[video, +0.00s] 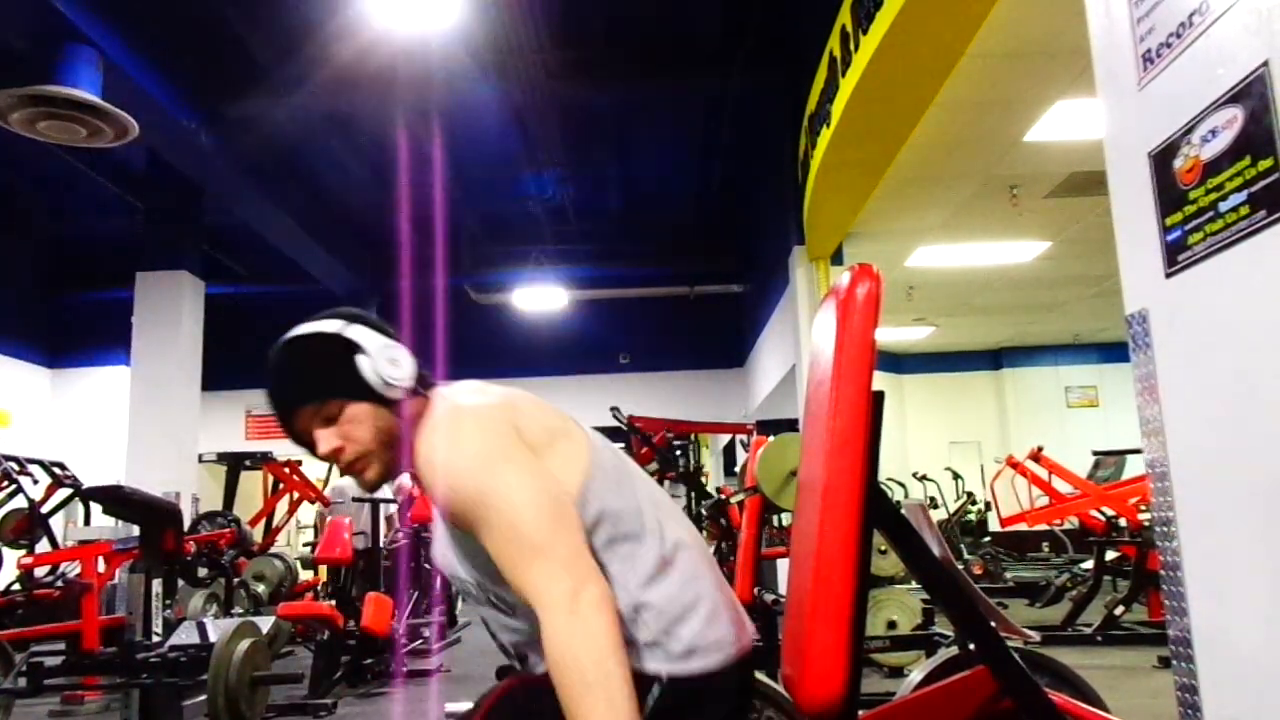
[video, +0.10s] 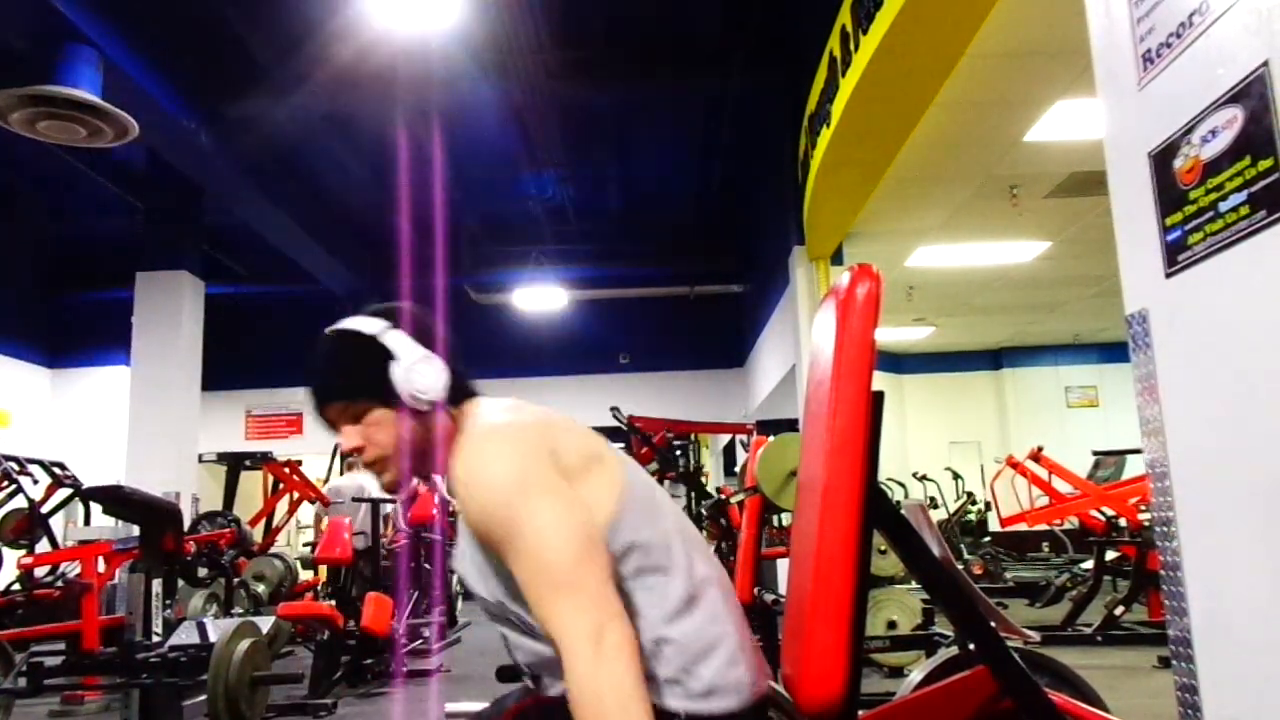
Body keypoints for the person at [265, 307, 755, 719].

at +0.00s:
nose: (327, 448)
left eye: (332, 416)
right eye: (310, 437)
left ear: (379, 379)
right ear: (306, 445)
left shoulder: (462, 433)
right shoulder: (447, 438)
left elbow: (577, 603)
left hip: (683, 673)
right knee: (502, 700)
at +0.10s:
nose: (347, 444)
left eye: (358, 416)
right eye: (336, 427)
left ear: (415, 388)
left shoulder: (495, 457)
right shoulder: (479, 451)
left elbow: (600, 645)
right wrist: (555, 691)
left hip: (698, 703)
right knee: (505, 711)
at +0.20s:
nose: (386, 427)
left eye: (397, 403)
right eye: (385, 404)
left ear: (457, 385)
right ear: (456, 385)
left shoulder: (540, 459)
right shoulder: (521, 453)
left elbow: (626, 669)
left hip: (697, 709)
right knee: (508, 706)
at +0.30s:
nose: (428, 393)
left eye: (442, 367)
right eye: (430, 370)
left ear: (491, 359)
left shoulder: (583, 442)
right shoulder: (566, 439)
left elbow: (651, 656)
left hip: (718, 706)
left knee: (520, 710)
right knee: (513, 711)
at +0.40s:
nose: (463, 368)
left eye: (475, 342)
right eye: (467, 345)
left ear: (529, 335)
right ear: (527, 337)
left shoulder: (621, 434)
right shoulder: (602, 429)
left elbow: (677, 660)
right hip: (611, 691)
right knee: (478, 716)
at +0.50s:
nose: (480, 346)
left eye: (494, 321)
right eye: (484, 324)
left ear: (546, 320)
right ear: (544, 322)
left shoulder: (635, 431)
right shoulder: (614, 424)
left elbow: (684, 662)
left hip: (653, 707)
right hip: (608, 684)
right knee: (454, 712)